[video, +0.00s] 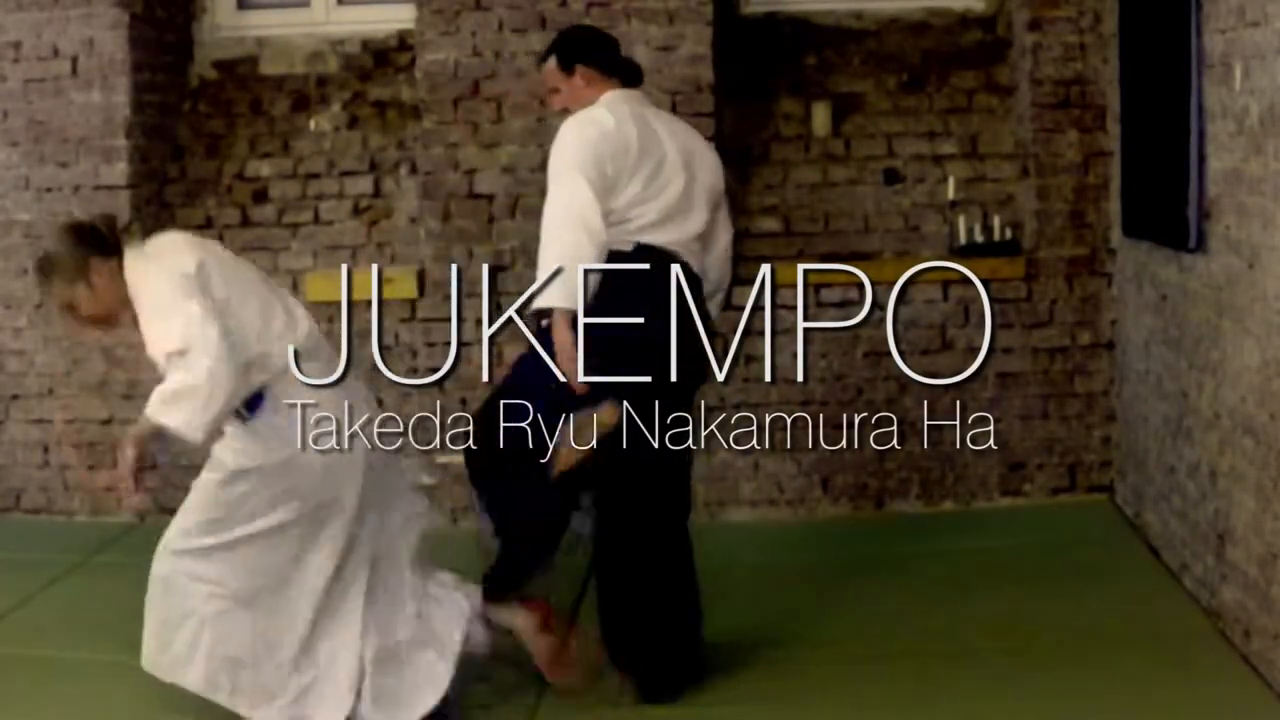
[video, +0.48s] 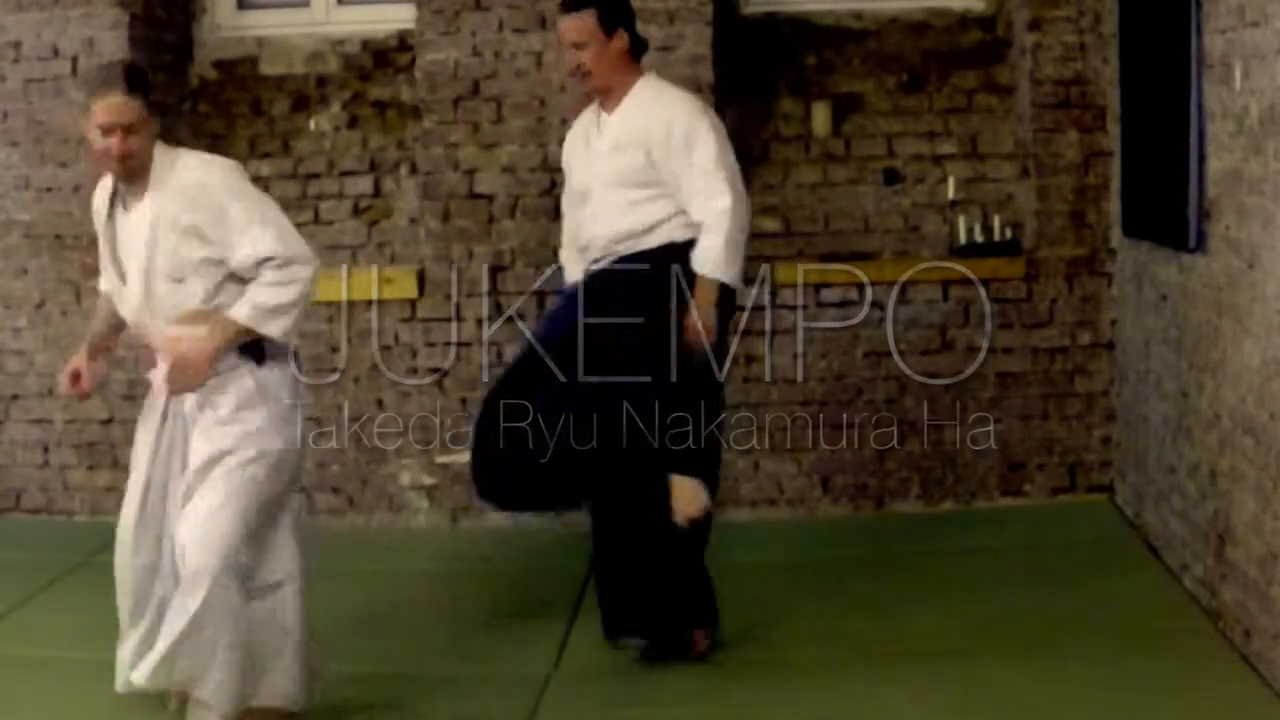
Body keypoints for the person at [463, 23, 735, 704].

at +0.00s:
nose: (553, 107)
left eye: (553, 92)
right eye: (548, 95)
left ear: (583, 75)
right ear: (618, 74)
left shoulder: (584, 132)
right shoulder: (695, 143)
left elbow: (572, 232)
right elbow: (717, 264)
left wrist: (563, 323)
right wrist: (691, 317)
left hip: (604, 315)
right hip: (678, 322)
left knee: (501, 435)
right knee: (652, 490)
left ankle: (523, 586)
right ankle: (664, 662)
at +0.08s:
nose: (556, 106)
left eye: (557, 89)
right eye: (551, 93)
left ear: (590, 73)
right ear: (614, 74)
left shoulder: (593, 136)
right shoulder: (690, 139)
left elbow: (587, 240)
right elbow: (709, 246)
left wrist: (572, 329)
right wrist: (706, 316)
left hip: (622, 308)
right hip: (687, 314)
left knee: (624, 488)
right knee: (667, 481)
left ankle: (638, 653)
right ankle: (678, 642)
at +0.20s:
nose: (556, 102)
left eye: (559, 86)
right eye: (551, 90)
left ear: (594, 73)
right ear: (605, 76)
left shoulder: (611, 139)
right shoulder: (655, 127)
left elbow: (615, 236)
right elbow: (698, 217)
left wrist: (601, 320)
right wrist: (700, 287)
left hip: (637, 315)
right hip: (679, 310)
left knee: (626, 474)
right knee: (662, 473)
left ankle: (636, 640)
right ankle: (673, 633)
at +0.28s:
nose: (555, 92)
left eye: (561, 75)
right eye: (550, 79)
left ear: (598, 65)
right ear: (595, 71)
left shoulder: (640, 121)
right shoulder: (630, 123)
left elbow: (658, 214)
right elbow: (642, 220)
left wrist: (628, 308)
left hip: (654, 313)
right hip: (648, 312)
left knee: (639, 478)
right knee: (643, 477)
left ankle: (651, 639)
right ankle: (656, 634)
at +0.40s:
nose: (562, 72)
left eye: (570, 56)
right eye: (557, 60)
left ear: (609, 50)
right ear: (592, 55)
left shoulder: (664, 114)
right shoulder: (597, 129)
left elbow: (709, 206)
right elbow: (598, 226)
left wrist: (673, 295)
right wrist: (577, 308)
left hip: (665, 311)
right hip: (610, 316)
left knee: (659, 471)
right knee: (612, 469)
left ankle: (676, 632)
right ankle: (630, 627)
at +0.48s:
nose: (571, 61)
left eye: (581, 47)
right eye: (566, 49)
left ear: (621, 43)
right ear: (572, 51)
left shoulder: (677, 111)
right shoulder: (581, 133)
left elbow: (723, 207)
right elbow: (575, 227)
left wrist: (705, 301)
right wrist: (573, 298)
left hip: (669, 293)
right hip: (601, 301)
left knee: (672, 463)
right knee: (612, 462)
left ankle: (686, 618)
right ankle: (633, 616)